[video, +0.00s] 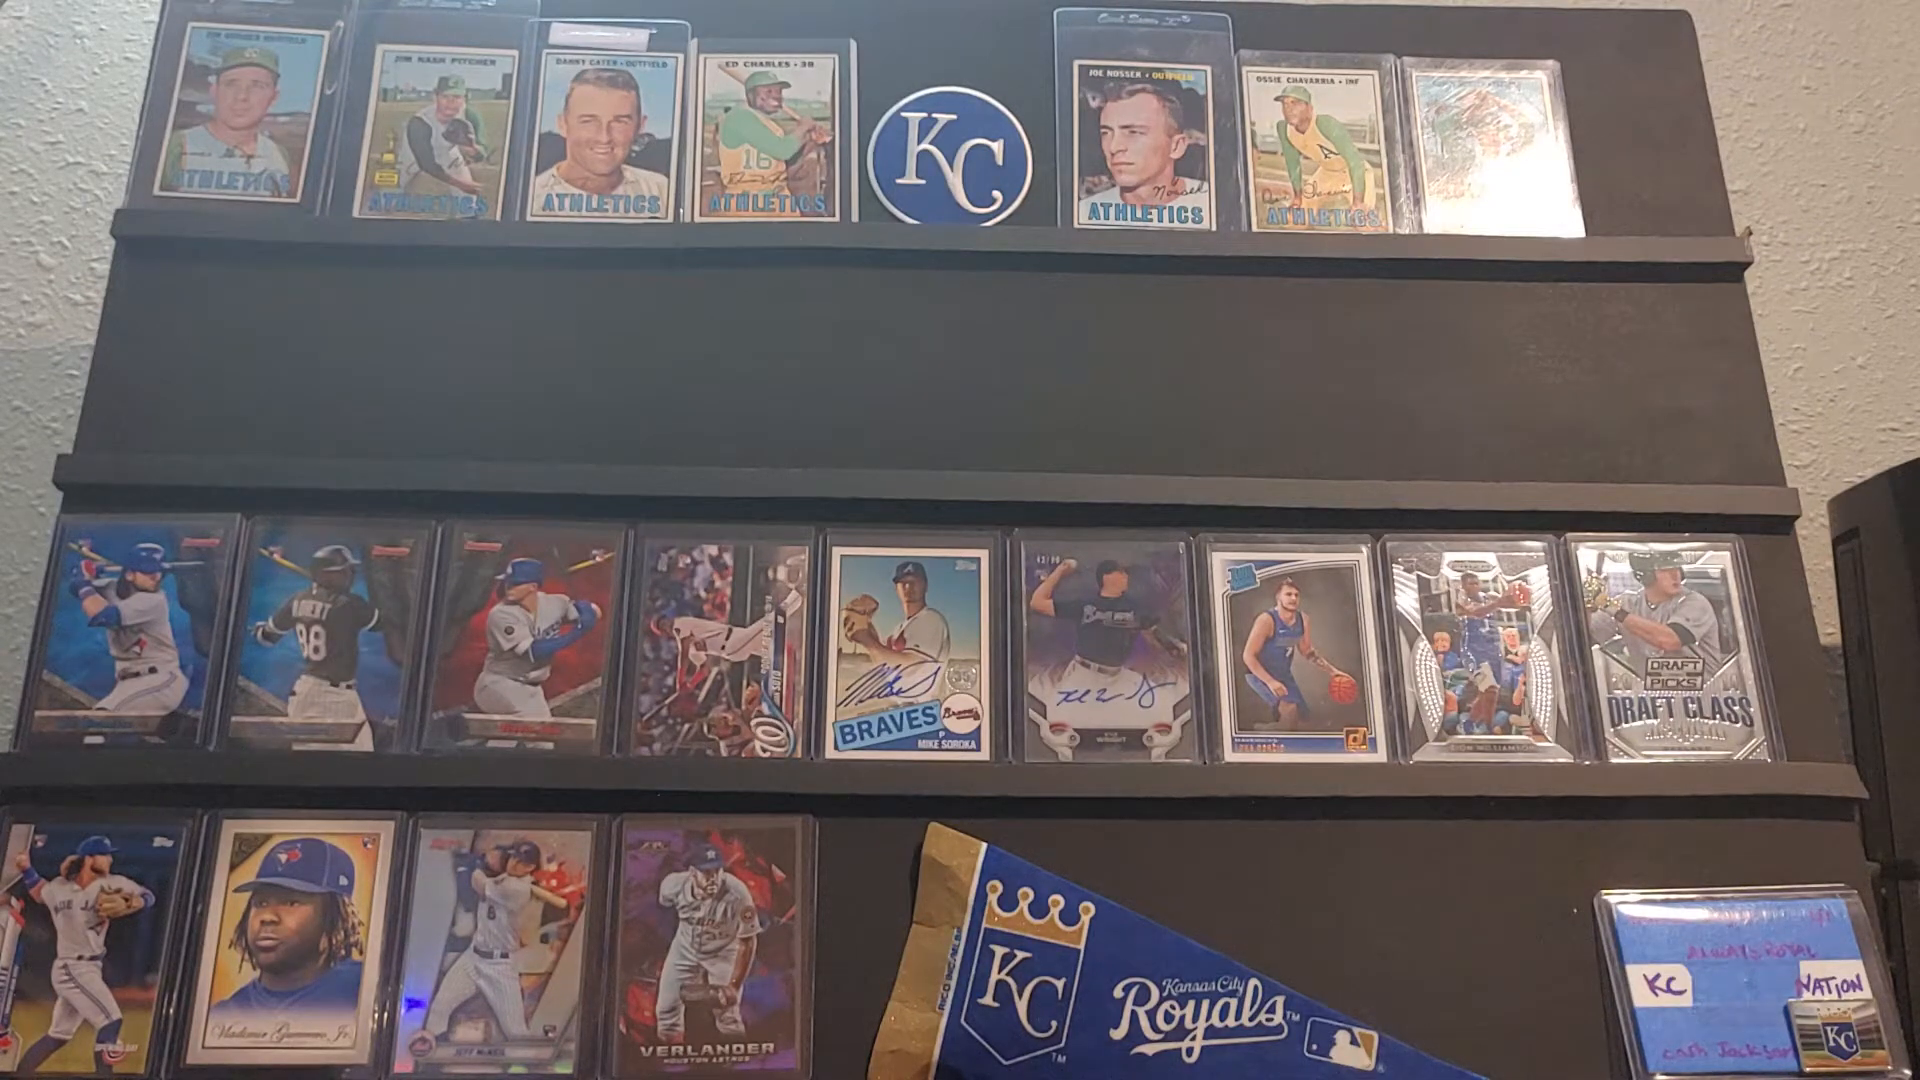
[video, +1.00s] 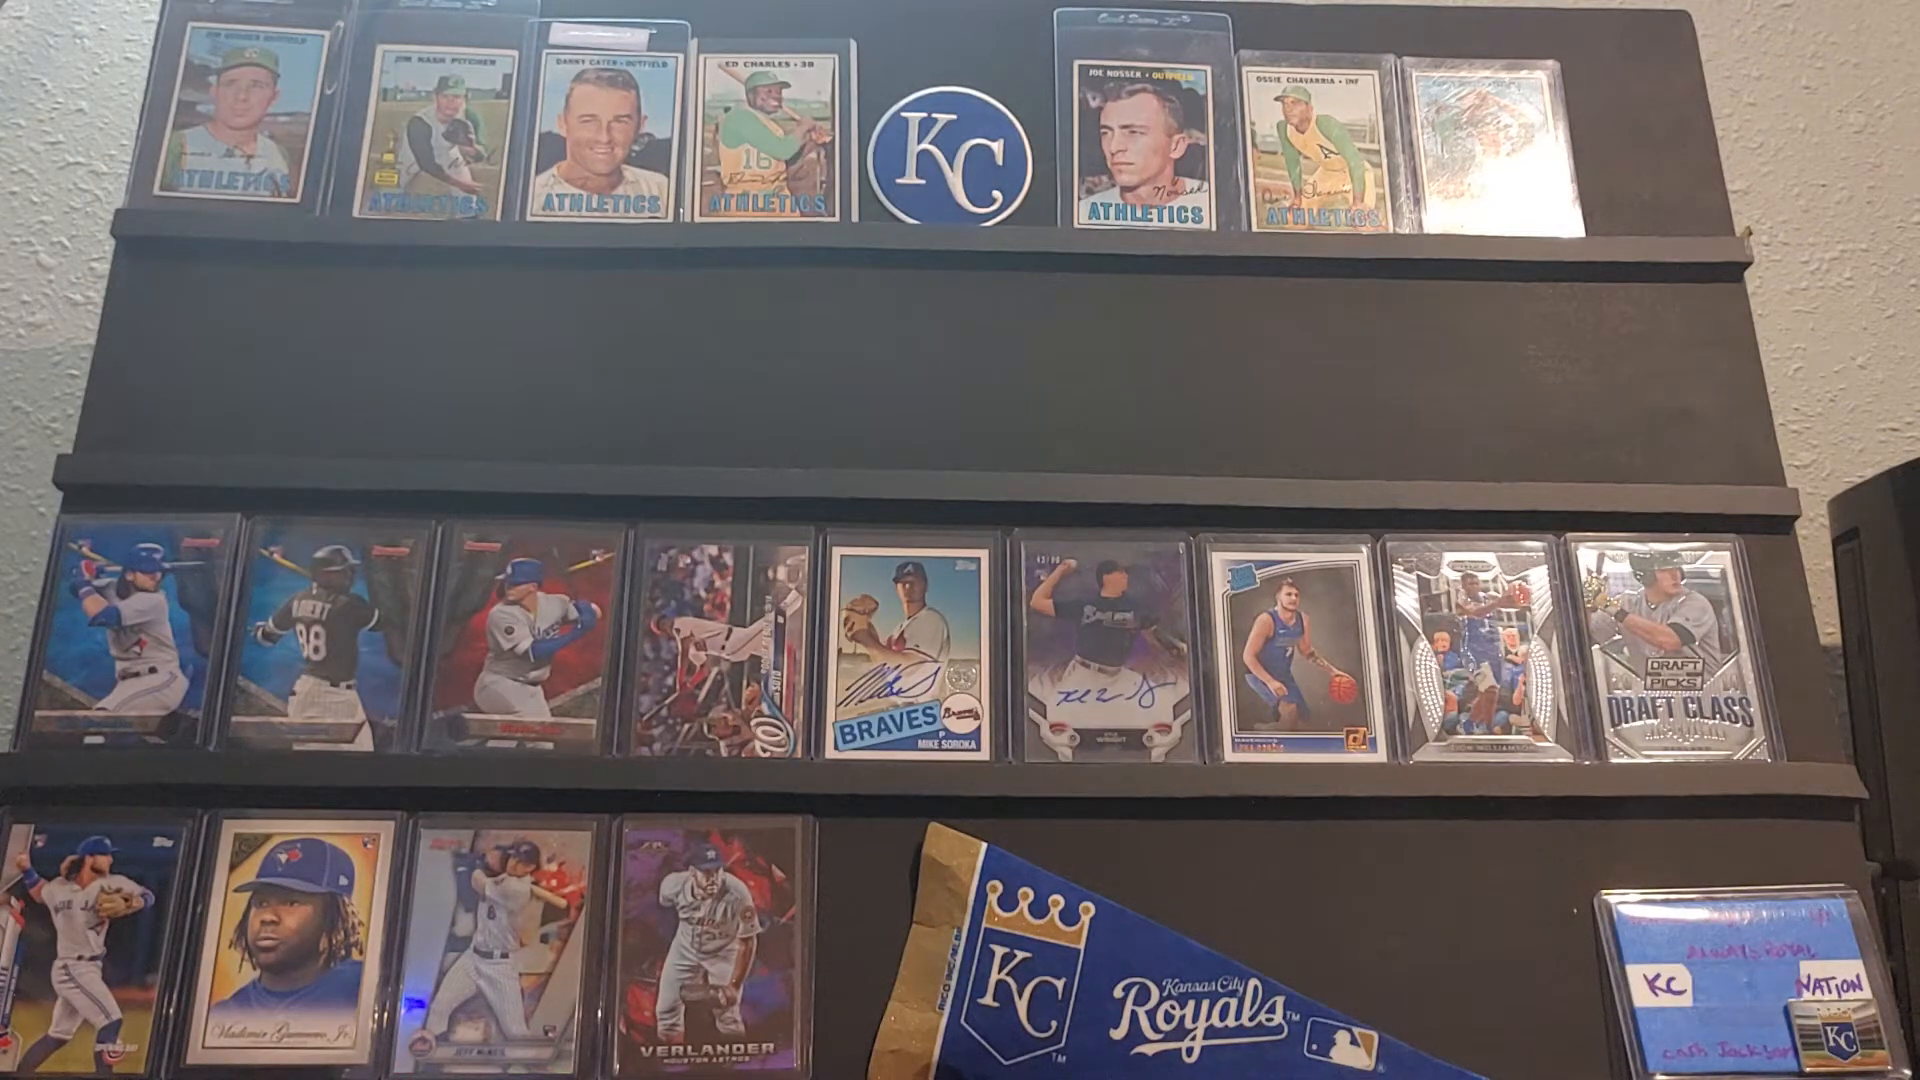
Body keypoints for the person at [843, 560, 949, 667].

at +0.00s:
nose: (907, 588)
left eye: (913, 583)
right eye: (902, 583)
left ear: (925, 586)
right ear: (896, 588)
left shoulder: (931, 619)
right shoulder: (901, 626)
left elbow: (909, 662)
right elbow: (882, 659)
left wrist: (865, 639)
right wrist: (864, 622)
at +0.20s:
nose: (907, 588)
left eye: (913, 583)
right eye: (902, 583)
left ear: (925, 586)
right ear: (896, 587)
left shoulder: (931, 619)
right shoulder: (901, 626)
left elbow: (909, 662)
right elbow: (882, 659)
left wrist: (865, 639)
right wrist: (865, 622)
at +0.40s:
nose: (907, 588)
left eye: (913, 583)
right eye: (902, 583)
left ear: (925, 586)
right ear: (896, 587)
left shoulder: (931, 619)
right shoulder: (902, 626)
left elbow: (909, 662)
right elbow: (882, 660)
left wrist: (865, 639)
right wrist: (864, 622)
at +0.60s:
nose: (907, 588)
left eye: (913, 583)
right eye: (902, 583)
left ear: (925, 586)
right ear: (896, 588)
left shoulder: (931, 619)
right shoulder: (902, 625)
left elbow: (910, 661)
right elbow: (882, 659)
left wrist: (866, 639)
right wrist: (865, 623)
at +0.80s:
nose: (907, 588)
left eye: (913, 583)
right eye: (902, 583)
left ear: (925, 586)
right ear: (896, 588)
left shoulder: (931, 619)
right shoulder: (902, 625)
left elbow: (910, 661)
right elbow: (882, 659)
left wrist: (866, 639)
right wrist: (865, 623)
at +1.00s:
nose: (907, 588)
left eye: (913, 583)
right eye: (902, 583)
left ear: (925, 586)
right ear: (896, 588)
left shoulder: (931, 619)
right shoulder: (902, 626)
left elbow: (910, 662)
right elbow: (882, 659)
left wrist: (865, 639)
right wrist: (865, 623)